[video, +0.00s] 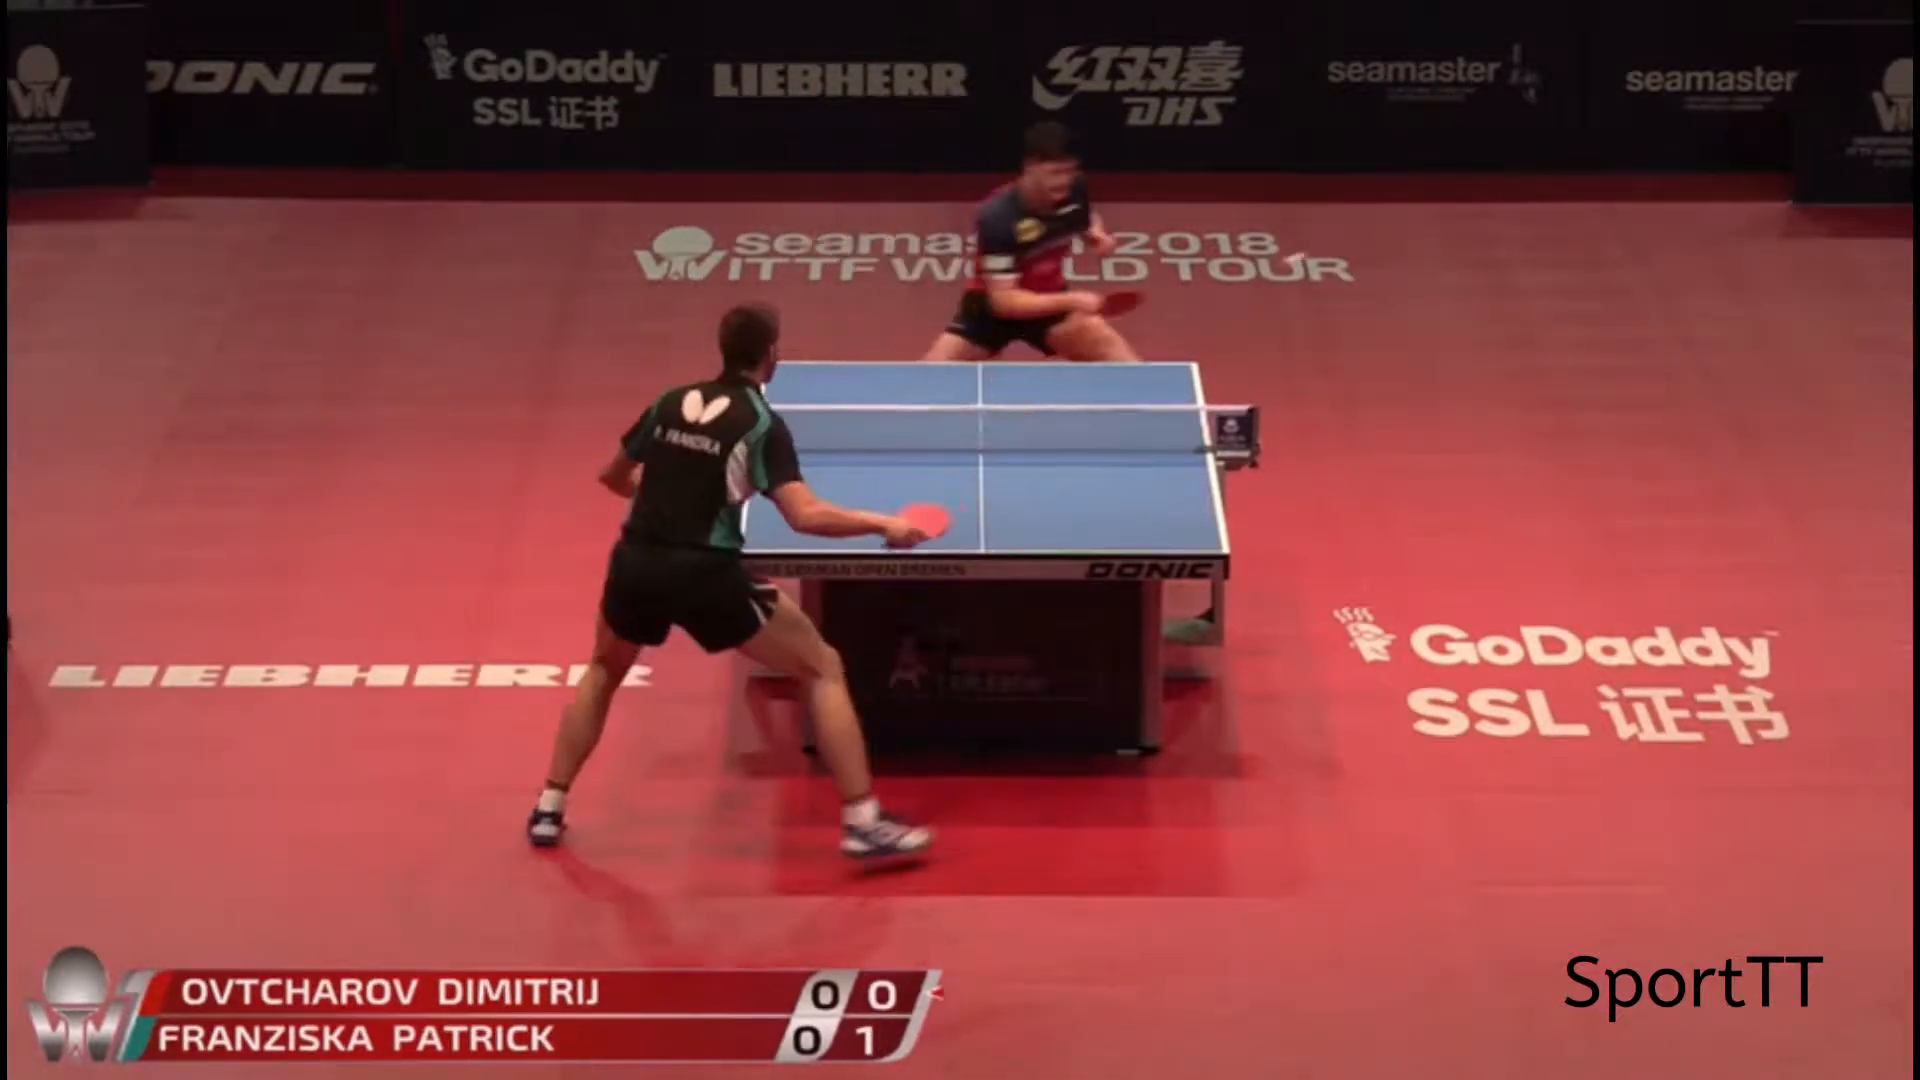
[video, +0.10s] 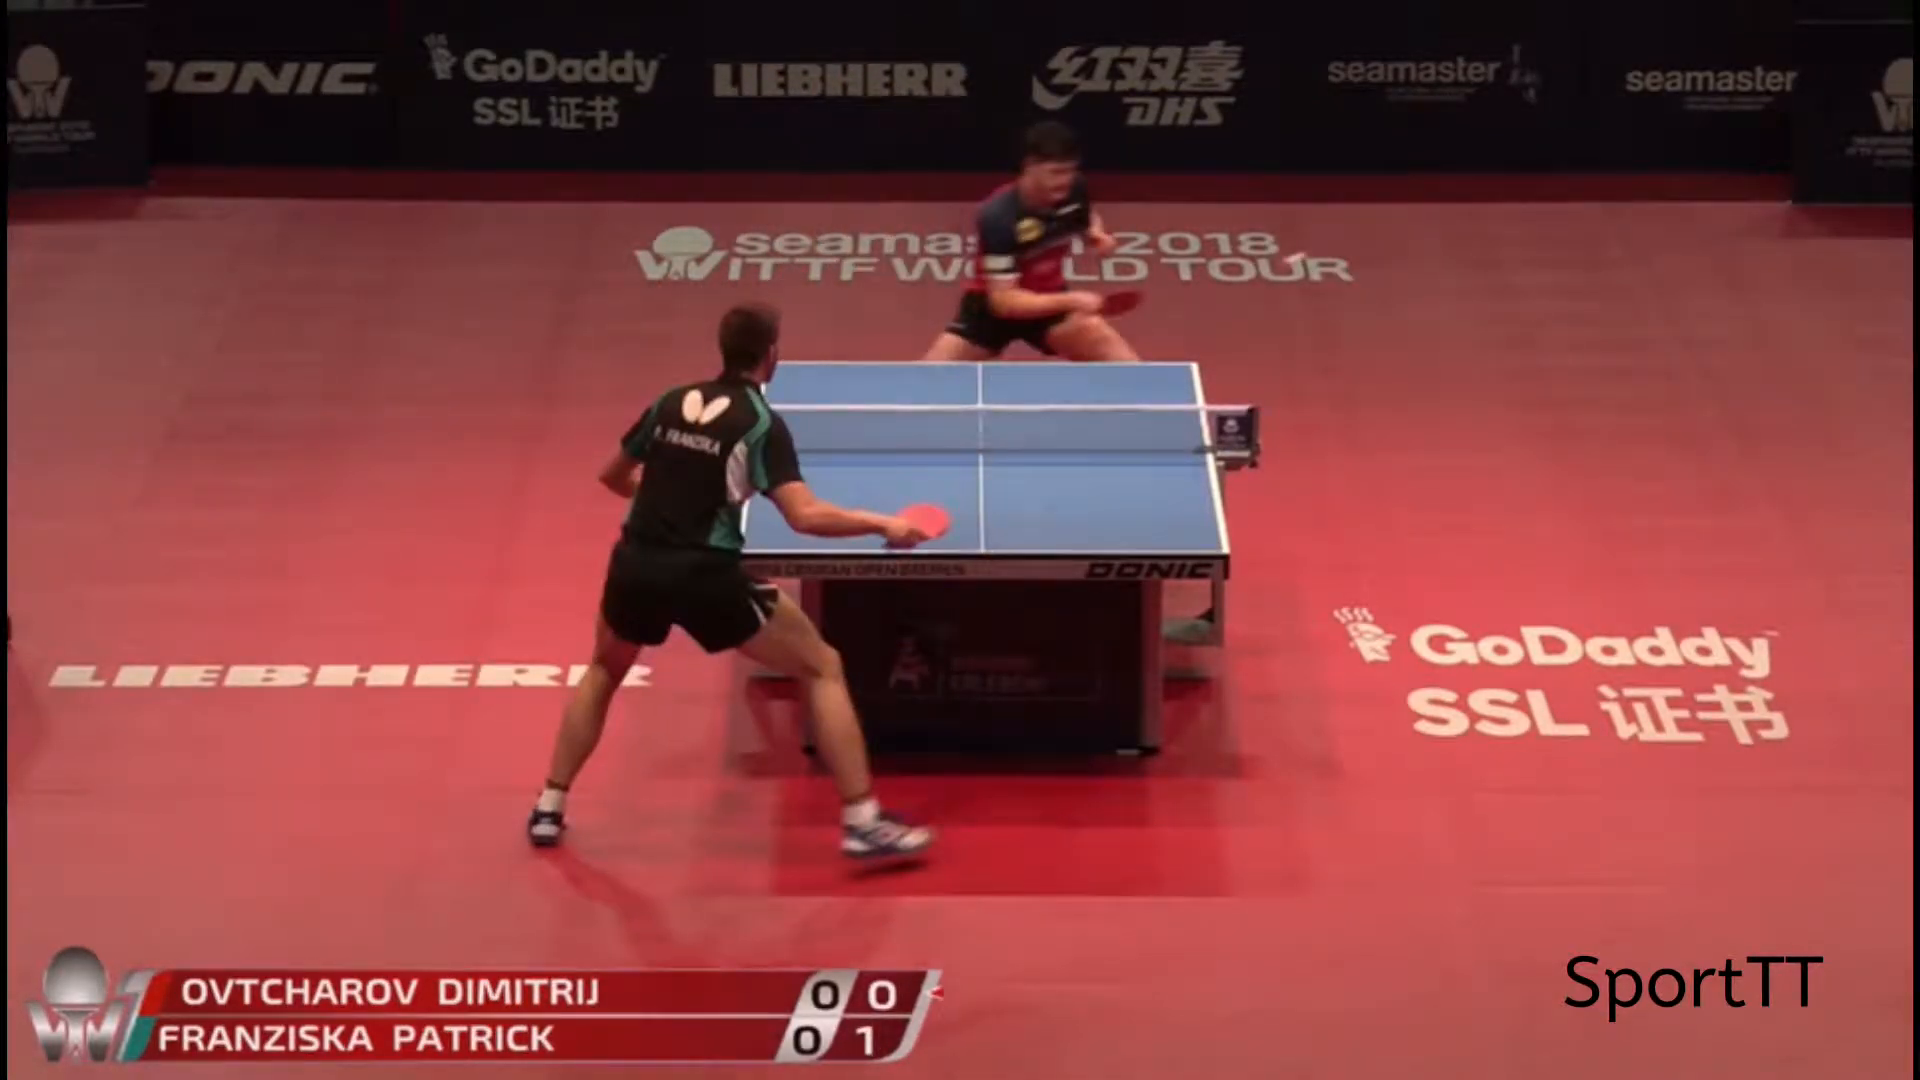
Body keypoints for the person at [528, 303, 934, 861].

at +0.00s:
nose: (779, 360)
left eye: (776, 351)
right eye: (777, 352)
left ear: (722, 352)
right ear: (769, 358)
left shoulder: (672, 402)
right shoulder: (762, 423)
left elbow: (615, 474)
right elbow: (804, 515)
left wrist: (662, 496)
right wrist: (885, 526)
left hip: (636, 565)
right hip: (709, 576)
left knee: (603, 672)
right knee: (823, 667)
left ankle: (548, 807)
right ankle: (863, 820)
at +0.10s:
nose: (778, 359)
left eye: (775, 351)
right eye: (777, 352)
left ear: (721, 352)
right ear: (769, 358)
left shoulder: (672, 402)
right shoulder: (762, 423)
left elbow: (614, 473)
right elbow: (803, 515)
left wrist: (662, 496)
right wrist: (885, 526)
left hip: (636, 567)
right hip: (709, 578)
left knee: (603, 673)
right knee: (823, 667)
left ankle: (548, 806)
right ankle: (863, 820)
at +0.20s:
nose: (784, 349)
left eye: (776, 339)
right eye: (783, 341)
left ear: (726, 343)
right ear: (775, 350)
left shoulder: (676, 394)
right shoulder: (769, 415)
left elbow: (617, 475)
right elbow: (794, 522)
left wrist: (661, 509)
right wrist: (865, 541)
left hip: (633, 555)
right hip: (704, 566)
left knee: (597, 675)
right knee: (807, 678)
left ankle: (546, 808)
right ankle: (819, 829)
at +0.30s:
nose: (784, 363)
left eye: (779, 354)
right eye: (783, 356)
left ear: (726, 356)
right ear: (773, 362)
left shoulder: (677, 409)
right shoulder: (772, 432)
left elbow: (620, 496)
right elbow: (788, 541)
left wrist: (655, 537)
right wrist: (848, 571)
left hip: (634, 566)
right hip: (706, 580)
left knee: (598, 681)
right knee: (789, 714)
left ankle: (536, 810)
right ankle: (779, 858)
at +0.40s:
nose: (766, 388)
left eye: (762, 378)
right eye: (764, 380)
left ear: (708, 388)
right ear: (756, 389)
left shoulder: (663, 445)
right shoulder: (762, 464)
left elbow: (615, 537)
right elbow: (770, 571)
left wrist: (663, 569)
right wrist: (816, 609)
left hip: (635, 608)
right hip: (709, 621)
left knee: (604, 705)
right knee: (795, 744)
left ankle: (541, 818)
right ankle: (771, 892)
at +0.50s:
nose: (725, 355)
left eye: (720, 346)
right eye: (723, 347)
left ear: (666, 348)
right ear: (713, 351)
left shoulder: (619, 411)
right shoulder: (720, 421)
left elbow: (585, 503)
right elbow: (728, 524)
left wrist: (634, 527)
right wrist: (769, 573)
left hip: (611, 579)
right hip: (683, 586)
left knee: (589, 710)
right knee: (746, 722)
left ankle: (538, 838)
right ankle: (767, 878)